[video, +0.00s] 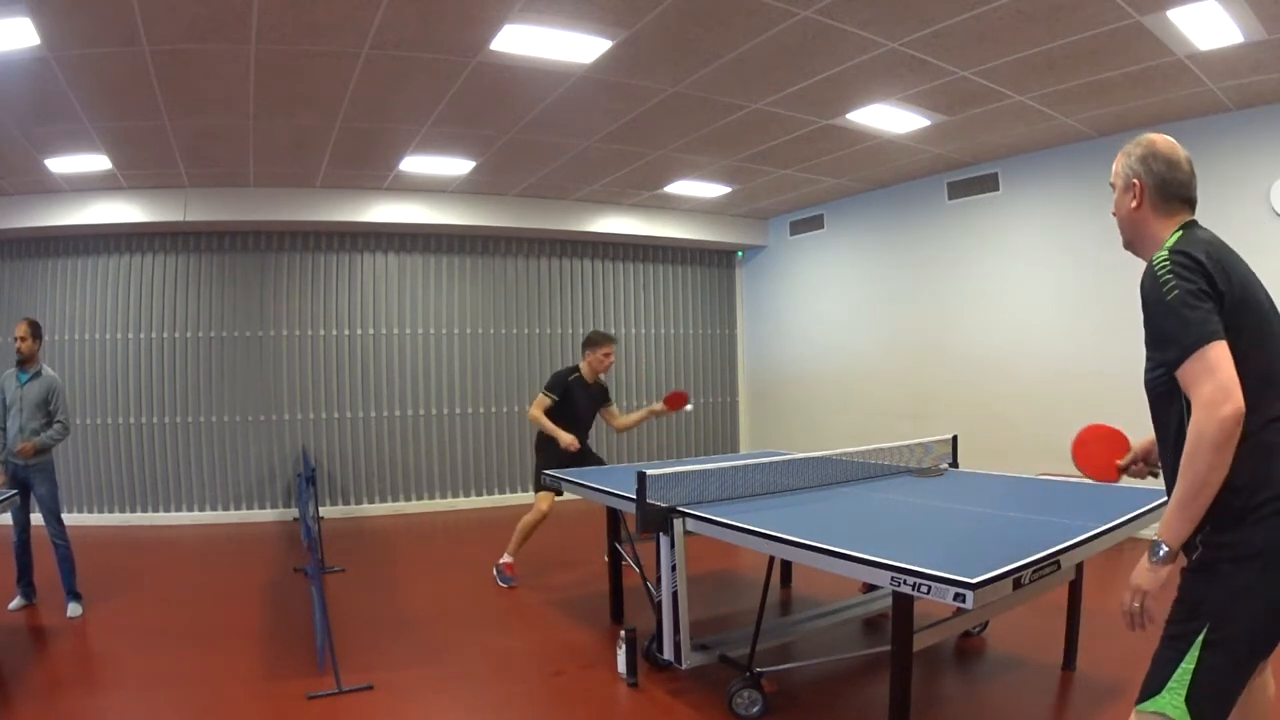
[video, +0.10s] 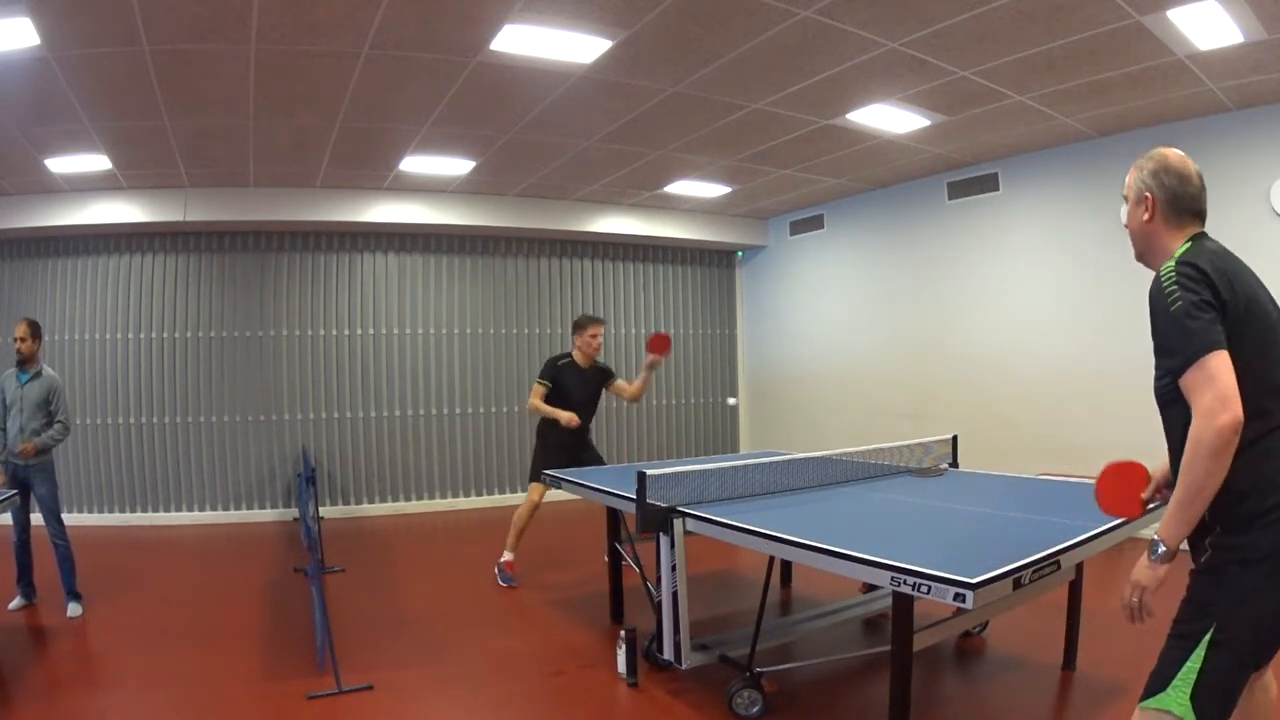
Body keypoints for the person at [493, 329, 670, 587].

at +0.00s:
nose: (611, 361)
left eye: (612, 355)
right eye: (606, 356)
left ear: (611, 356)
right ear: (588, 355)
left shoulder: (599, 389)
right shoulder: (563, 379)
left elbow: (618, 423)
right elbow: (534, 413)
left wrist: (650, 411)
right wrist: (561, 435)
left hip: (579, 450)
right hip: (551, 450)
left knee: (618, 488)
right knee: (543, 508)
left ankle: (615, 549)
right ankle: (506, 560)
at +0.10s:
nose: (599, 342)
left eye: (601, 337)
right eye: (593, 337)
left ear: (601, 340)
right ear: (577, 339)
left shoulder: (600, 372)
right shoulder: (556, 366)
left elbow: (632, 394)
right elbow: (534, 402)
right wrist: (560, 414)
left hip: (581, 444)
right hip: (550, 444)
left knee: (615, 489)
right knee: (535, 498)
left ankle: (616, 549)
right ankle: (507, 558)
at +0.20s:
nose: (585, 335)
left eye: (588, 330)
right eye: (580, 331)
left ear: (591, 334)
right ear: (565, 334)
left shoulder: (597, 365)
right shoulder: (547, 363)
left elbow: (632, 385)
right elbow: (527, 399)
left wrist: (636, 356)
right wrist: (546, 409)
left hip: (581, 443)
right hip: (548, 443)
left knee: (612, 490)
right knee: (530, 498)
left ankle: (616, 546)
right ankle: (509, 555)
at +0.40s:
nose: (573, 350)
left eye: (576, 344)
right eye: (567, 345)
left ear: (581, 348)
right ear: (555, 348)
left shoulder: (591, 380)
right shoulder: (539, 379)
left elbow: (621, 412)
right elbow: (521, 412)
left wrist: (625, 391)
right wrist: (531, 426)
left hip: (581, 452)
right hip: (547, 452)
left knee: (614, 494)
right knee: (530, 506)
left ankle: (616, 548)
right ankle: (509, 558)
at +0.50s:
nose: (576, 343)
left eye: (579, 338)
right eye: (570, 339)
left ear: (583, 341)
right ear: (558, 341)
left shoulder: (592, 372)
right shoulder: (541, 370)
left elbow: (617, 408)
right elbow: (522, 404)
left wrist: (626, 402)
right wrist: (536, 421)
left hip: (579, 445)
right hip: (547, 445)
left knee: (612, 491)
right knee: (530, 500)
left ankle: (618, 546)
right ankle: (508, 556)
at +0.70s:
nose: (581, 369)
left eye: (585, 363)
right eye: (575, 363)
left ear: (590, 363)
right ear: (566, 363)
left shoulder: (595, 392)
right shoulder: (547, 384)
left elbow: (608, 427)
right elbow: (521, 411)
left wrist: (606, 443)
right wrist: (527, 440)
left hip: (575, 452)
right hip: (543, 451)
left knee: (613, 491)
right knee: (529, 501)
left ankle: (614, 548)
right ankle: (504, 558)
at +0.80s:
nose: (571, 373)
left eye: (577, 368)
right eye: (567, 367)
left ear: (583, 367)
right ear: (558, 364)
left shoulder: (586, 395)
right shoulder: (537, 381)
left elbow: (598, 440)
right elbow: (516, 403)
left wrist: (589, 448)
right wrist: (515, 433)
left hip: (567, 449)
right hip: (533, 446)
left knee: (597, 497)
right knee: (520, 499)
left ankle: (616, 547)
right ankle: (503, 557)